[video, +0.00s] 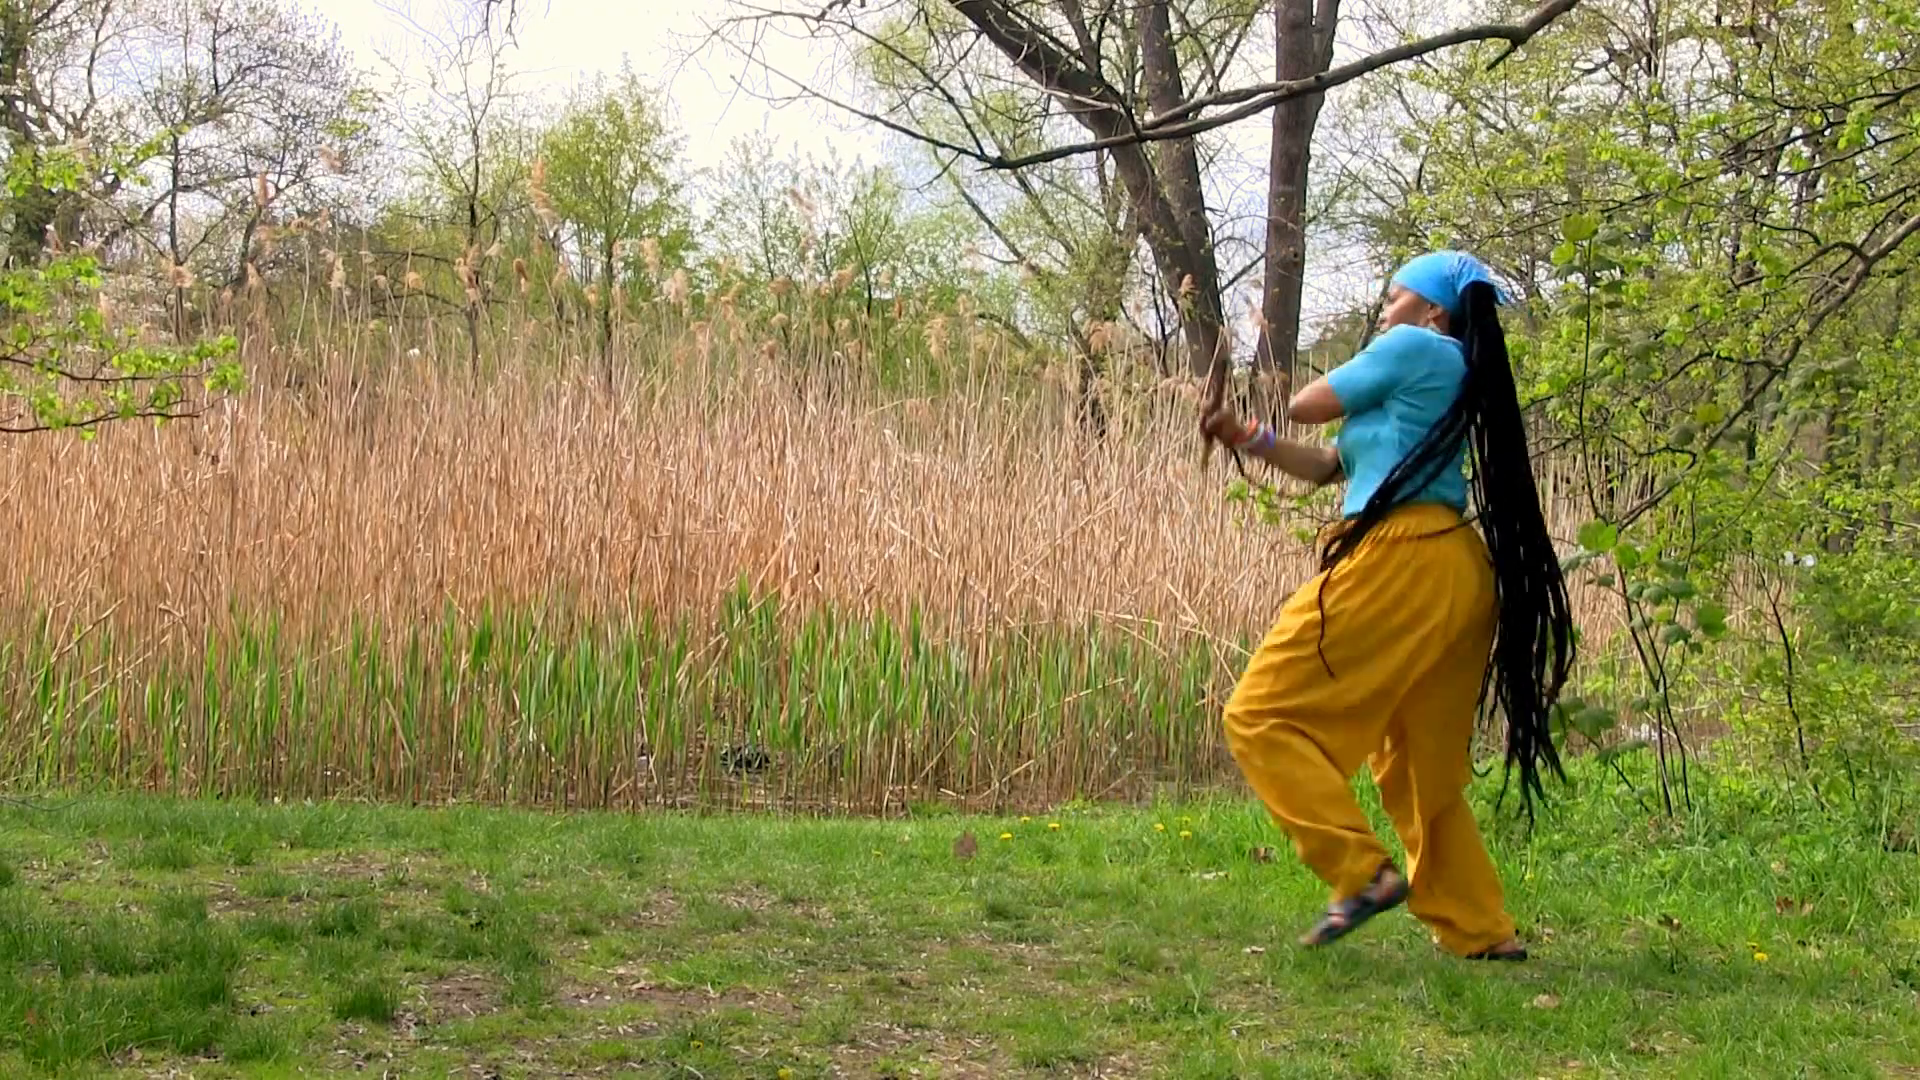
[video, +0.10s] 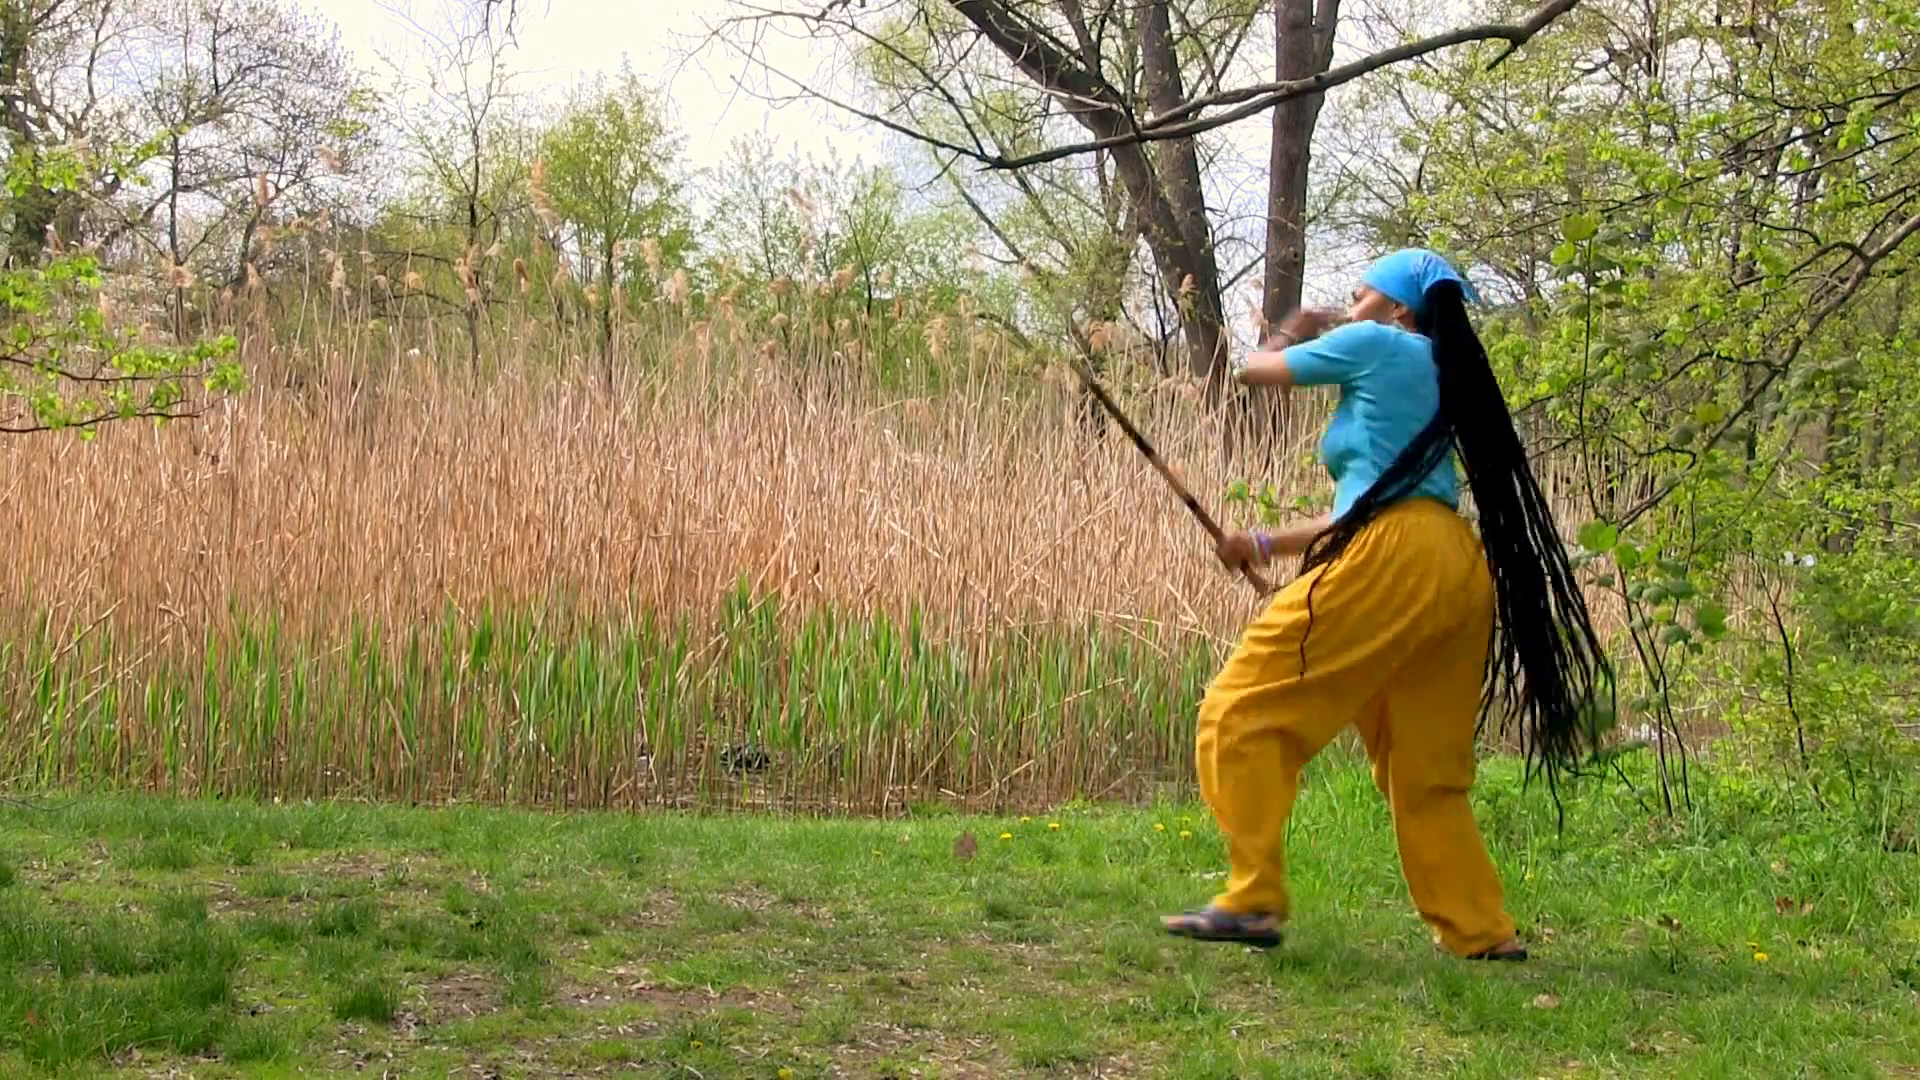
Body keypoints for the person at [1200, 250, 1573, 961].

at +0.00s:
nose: (1384, 306)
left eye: (1397, 295)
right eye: (1390, 294)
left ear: (1432, 306)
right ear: (1447, 313)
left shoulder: (1412, 345)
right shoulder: (1440, 375)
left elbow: (1304, 404)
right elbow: (1327, 464)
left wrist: (1349, 381)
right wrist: (1247, 435)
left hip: (1401, 557)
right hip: (1462, 566)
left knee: (1259, 715)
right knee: (1422, 766)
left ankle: (1360, 873)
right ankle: (1484, 934)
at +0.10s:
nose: (1356, 305)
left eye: (1368, 295)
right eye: (1361, 295)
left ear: (1401, 308)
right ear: (1418, 316)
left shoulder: (1379, 343)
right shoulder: (1433, 373)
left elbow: (1256, 367)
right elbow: (1369, 507)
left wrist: (1290, 330)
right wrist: (1265, 542)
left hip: (1394, 544)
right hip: (1462, 559)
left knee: (1241, 708)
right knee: (1427, 767)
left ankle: (1252, 899)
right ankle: (1485, 934)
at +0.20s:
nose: (1310, 308)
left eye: (1321, 298)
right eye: (1315, 296)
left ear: (1355, 310)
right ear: (1377, 315)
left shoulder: (1329, 351)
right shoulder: (1423, 375)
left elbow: (1200, 349)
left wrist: (1104, 322)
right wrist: (1220, 339)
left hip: (1367, 547)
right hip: (1443, 558)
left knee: (1240, 718)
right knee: (1429, 759)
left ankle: (1158, 907)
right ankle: (1481, 932)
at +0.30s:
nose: (1262, 314)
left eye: (1274, 304)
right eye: (1269, 302)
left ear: (1308, 319)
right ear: (1343, 322)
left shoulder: (1268, 365)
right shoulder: (1385, 385)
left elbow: (1137, 388)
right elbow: (1428, 484)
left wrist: (1028, 393)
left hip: (1317, 558)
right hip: (1403, 562)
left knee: (1196, 728)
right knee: (1422, 757)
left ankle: (1140, 914)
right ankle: (1479, 930)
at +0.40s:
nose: (1219, 303)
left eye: (1231, 294)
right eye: (1224, 292)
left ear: (1265, 313)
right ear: (1282, 316)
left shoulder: (1233, 363)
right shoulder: (1317, 380)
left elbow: (1134, 448)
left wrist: (1049, 492)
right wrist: (1209, 505)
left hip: (1260, 557)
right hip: (1336, 557)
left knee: (1142, 720)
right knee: (1377, 740)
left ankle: (1129, 917)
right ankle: (1461, 909)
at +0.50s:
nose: (1176, 295)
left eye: (1189, 284)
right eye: (1182, 280)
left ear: (1227, 300)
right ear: (1231, 301)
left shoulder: (1216, 360)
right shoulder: (1247, 361)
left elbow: (1173, 467)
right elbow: (1171, 477)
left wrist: (1084, 494)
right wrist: (1085, 503)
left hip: (1216, 557)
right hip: (1269, 552)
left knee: (1126, 728)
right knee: (1245, 743)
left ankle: (1128, 917)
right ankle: (1378, 851)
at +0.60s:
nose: (1139, 280)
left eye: (1154, 269)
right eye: (1144, 267)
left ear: (1195, 286)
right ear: (1183, 286)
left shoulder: (1218, 353)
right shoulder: (1161, 357)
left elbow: (1183, 474)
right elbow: (1118, 468)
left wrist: (1104, 453)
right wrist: (1055, 526)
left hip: (1200, 554)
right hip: (1150, 551)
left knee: (1126, 729)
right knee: (1075, 713)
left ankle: (1127, 919)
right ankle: (1213, 850)